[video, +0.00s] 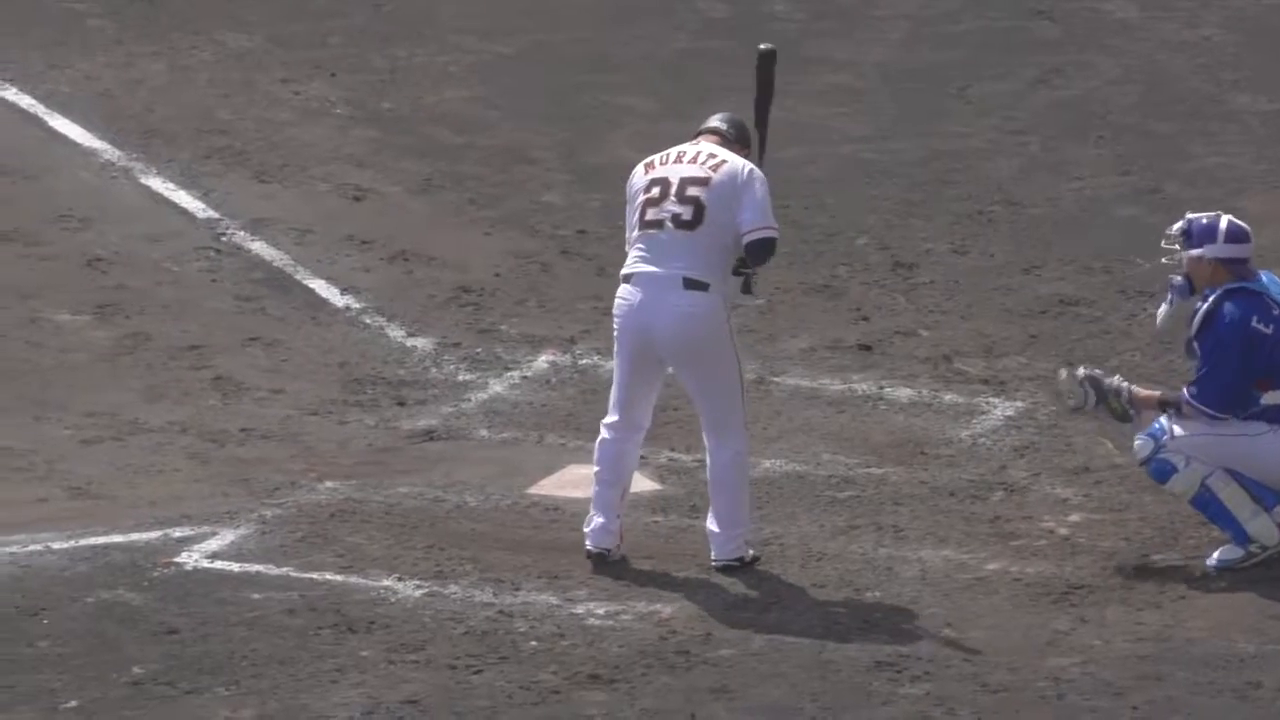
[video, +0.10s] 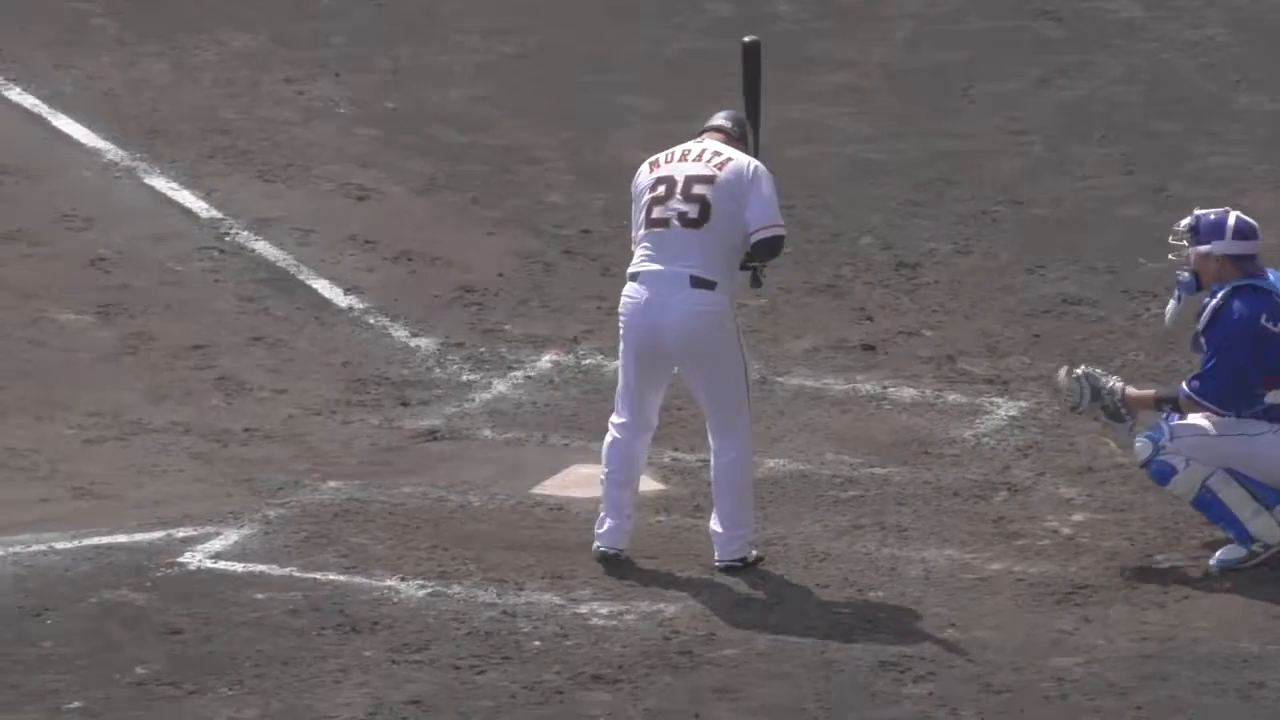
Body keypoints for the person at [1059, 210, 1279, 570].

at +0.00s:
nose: (1183, 264)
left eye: (1189, 256)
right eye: (1185, 255)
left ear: (1210, 264)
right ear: (1233, 261)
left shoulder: (1229, 316)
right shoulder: (1265, 285)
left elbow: (1210, 404)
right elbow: (1168, 329)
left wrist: (1136, 397)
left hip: (1270, 438)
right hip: (1271, 424)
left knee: (1158, 444)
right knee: (1185, 422)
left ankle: (1260, 535)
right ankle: (1270, 509)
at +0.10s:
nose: (1188, 259)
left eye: (1195, 251)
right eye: (1190, 250)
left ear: (1219, 261)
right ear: (1227, 260)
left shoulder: (1240, 312)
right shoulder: (1265, 284)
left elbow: (1209, 397)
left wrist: (1129, 397)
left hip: (1273, 439)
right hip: (1271, 426)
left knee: (1161, 446)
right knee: (1182, 425)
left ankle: (1262, 533)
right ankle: (1269, 508)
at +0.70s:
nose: (1216, 251)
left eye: (1224, 242)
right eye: (1219, 241)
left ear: (1248, 252)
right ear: (1250, 252)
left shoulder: (1259, 311)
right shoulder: (1259, 298)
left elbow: (1194, 391)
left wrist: (1123, 445)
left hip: (1272, 438)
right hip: (1267, 426)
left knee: (1165, 453)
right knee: (1194, 427)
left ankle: (1267, 533)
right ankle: (1269, 511)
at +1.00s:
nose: (1218, 252)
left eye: (1226, 244)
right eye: (1221, 243)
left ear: (1250, 254)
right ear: (1251, 254)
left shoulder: (1261, 313)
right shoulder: (1259, 299)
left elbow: (1194, 395)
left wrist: (1122, 449)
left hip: (1273, 439)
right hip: (1268, 426)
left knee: (1169, 453)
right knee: (1201, 425)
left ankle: (1270, 534)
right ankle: (1270, 511)